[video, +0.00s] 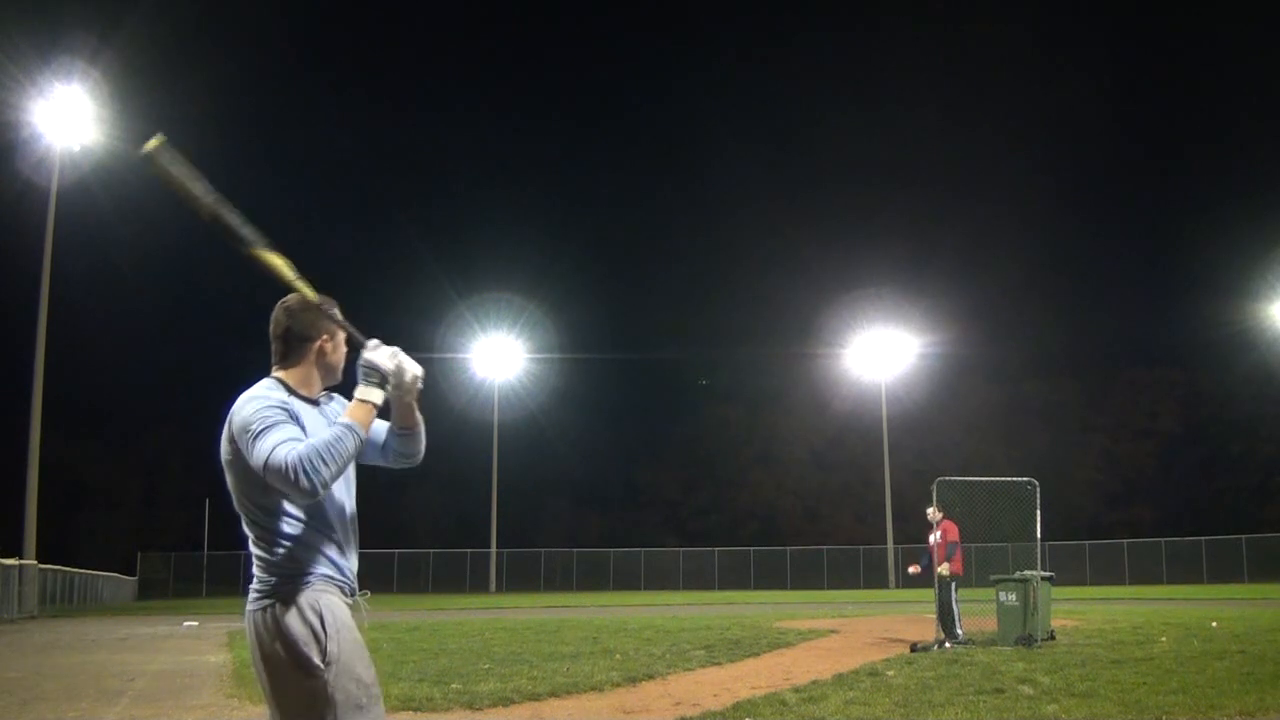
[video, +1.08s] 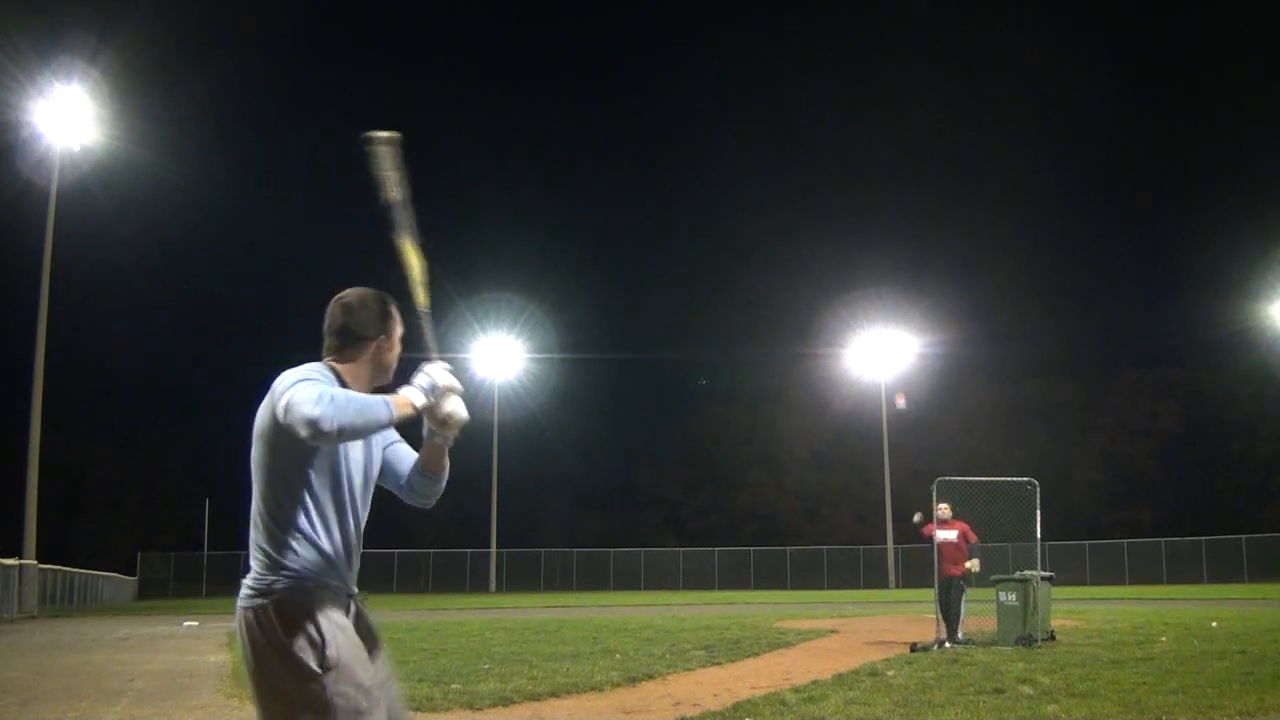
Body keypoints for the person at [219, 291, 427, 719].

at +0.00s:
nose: (347, 354)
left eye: (346, 344)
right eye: (344, 343)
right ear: (323, 346)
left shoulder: (333, 410)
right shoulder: (256, 407)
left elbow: (406, 452)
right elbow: (306, 474)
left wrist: (405, 397)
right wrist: (370, 392)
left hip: (325, 601)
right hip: (296, 605)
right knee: (357, 712)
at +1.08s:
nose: (399, 354)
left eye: (399, 342)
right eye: (398, 342)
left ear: (336, 336)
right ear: (380, 346)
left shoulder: (372, 421)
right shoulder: (303, 381)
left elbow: (421, 490)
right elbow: (318, 419)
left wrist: (439, 438)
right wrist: (412, 398)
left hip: (337, 607)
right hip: (291, 608)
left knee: (390, 710)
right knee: (357, 711)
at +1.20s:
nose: (421, 351)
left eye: (421, 340)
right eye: (421, 340)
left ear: (356, 334)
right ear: (403, 346)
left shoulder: (387, 415)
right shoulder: (320, 383)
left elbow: (421, 503)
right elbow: (325, 433)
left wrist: (446, 464)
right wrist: (429, 423)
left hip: (346, 586)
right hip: (286, 590)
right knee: (343, 708)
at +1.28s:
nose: (431, 355)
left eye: (432, 346)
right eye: (431, 345)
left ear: (367, 338)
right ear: (414, 350)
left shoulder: (399, 414)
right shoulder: (329, 387)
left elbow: (423, 508)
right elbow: (329, 446)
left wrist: (450, 476)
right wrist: (429, 439)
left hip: (353, 575)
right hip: (290, 587)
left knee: (456, 604)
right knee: (347, 707)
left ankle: (394, 711)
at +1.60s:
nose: (467, 401)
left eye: (468, 391)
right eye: (466, 391)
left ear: (405, 376)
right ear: (447, 392)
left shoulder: (445, 437)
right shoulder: (358, 419)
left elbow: (491, 506)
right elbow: (308, 476)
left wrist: (461, 461)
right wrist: (405, 444)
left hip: (389, 596)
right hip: (321, 606)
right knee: (353, 704)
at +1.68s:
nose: (480, 402)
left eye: (479, 392)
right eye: (475, 392)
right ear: (454, 398)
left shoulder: (468, 439)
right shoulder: (360, 431)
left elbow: (505, 495)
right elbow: (300, 489)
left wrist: (448, 442)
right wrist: (394, 436)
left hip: (402, 612)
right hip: (334, 615)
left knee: (467, 703)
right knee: (363, 710)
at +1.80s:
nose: (505, 420)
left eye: (502, 411)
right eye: (498, 413)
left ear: (468, 427)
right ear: (469, 428)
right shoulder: (413, 484)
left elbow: (510, 492)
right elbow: (415, 583)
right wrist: (463, 506)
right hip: (360, 638)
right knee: (434, 710)